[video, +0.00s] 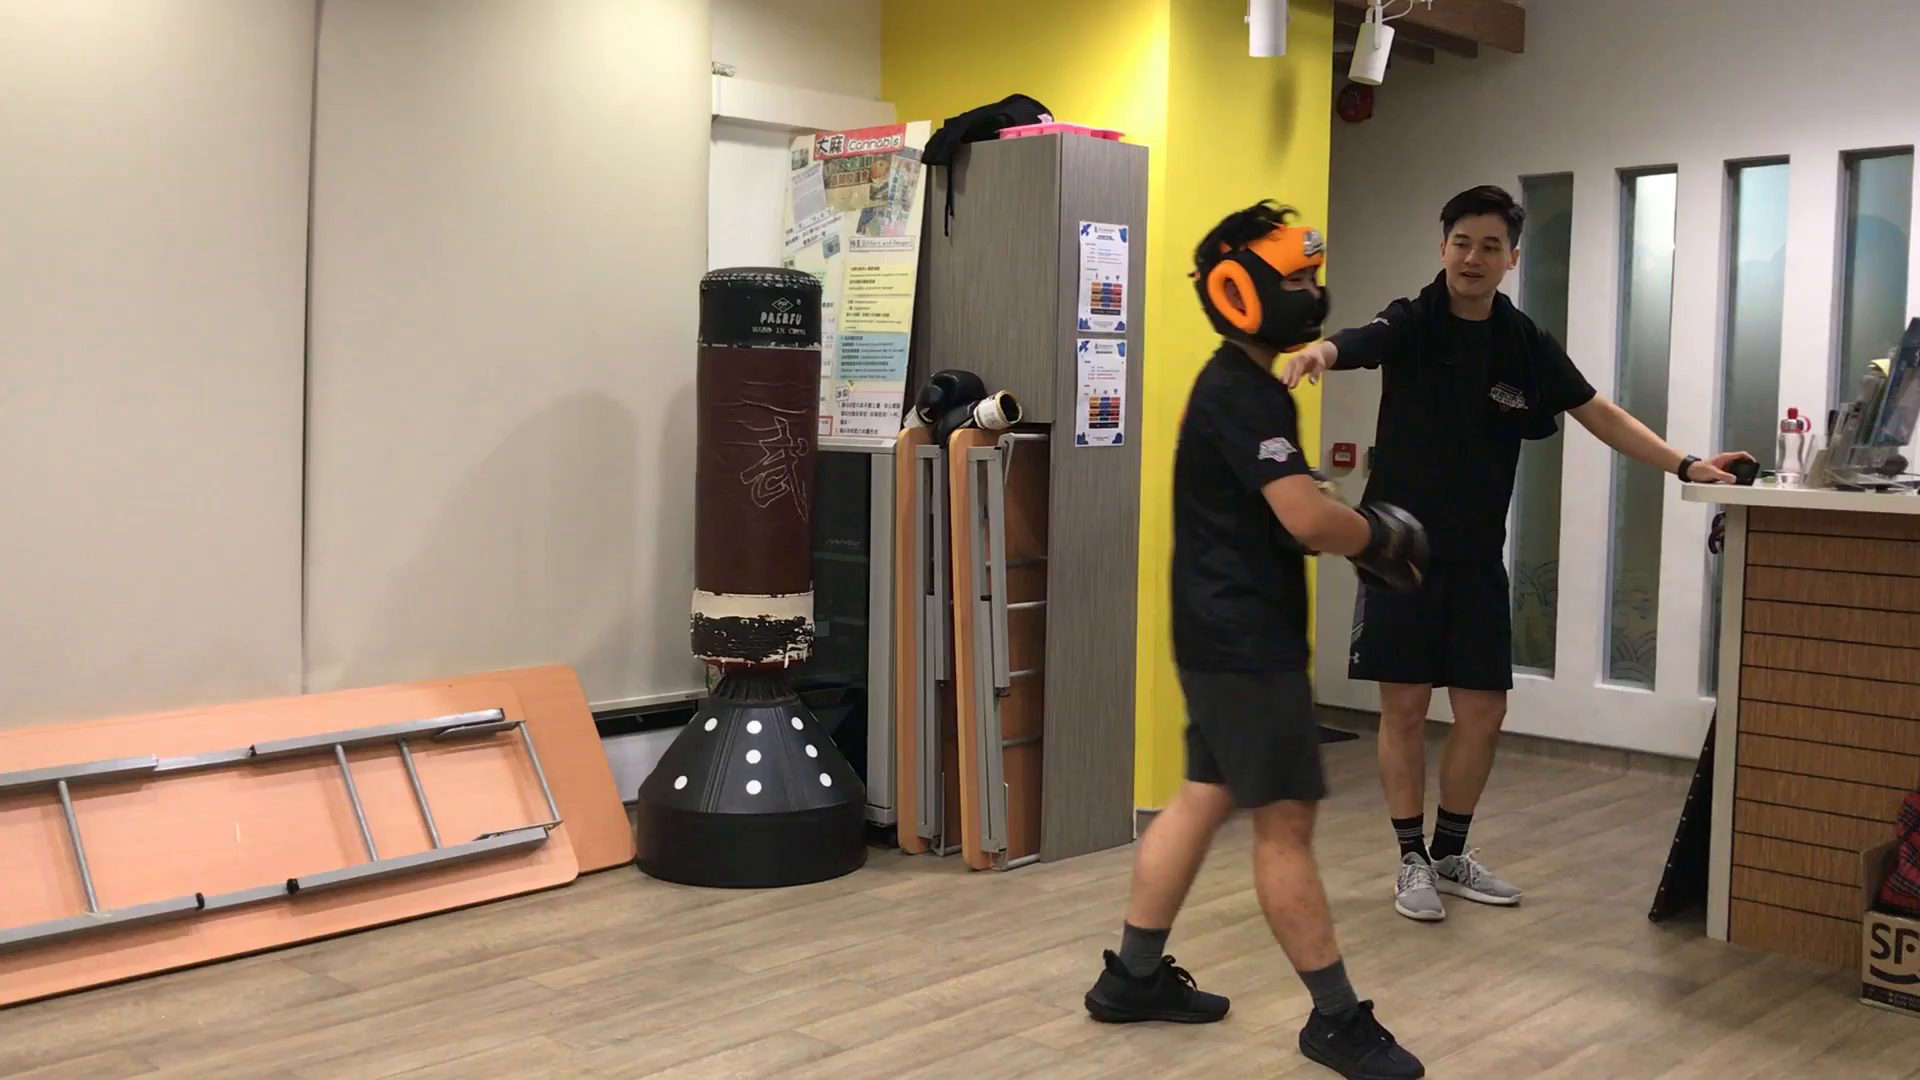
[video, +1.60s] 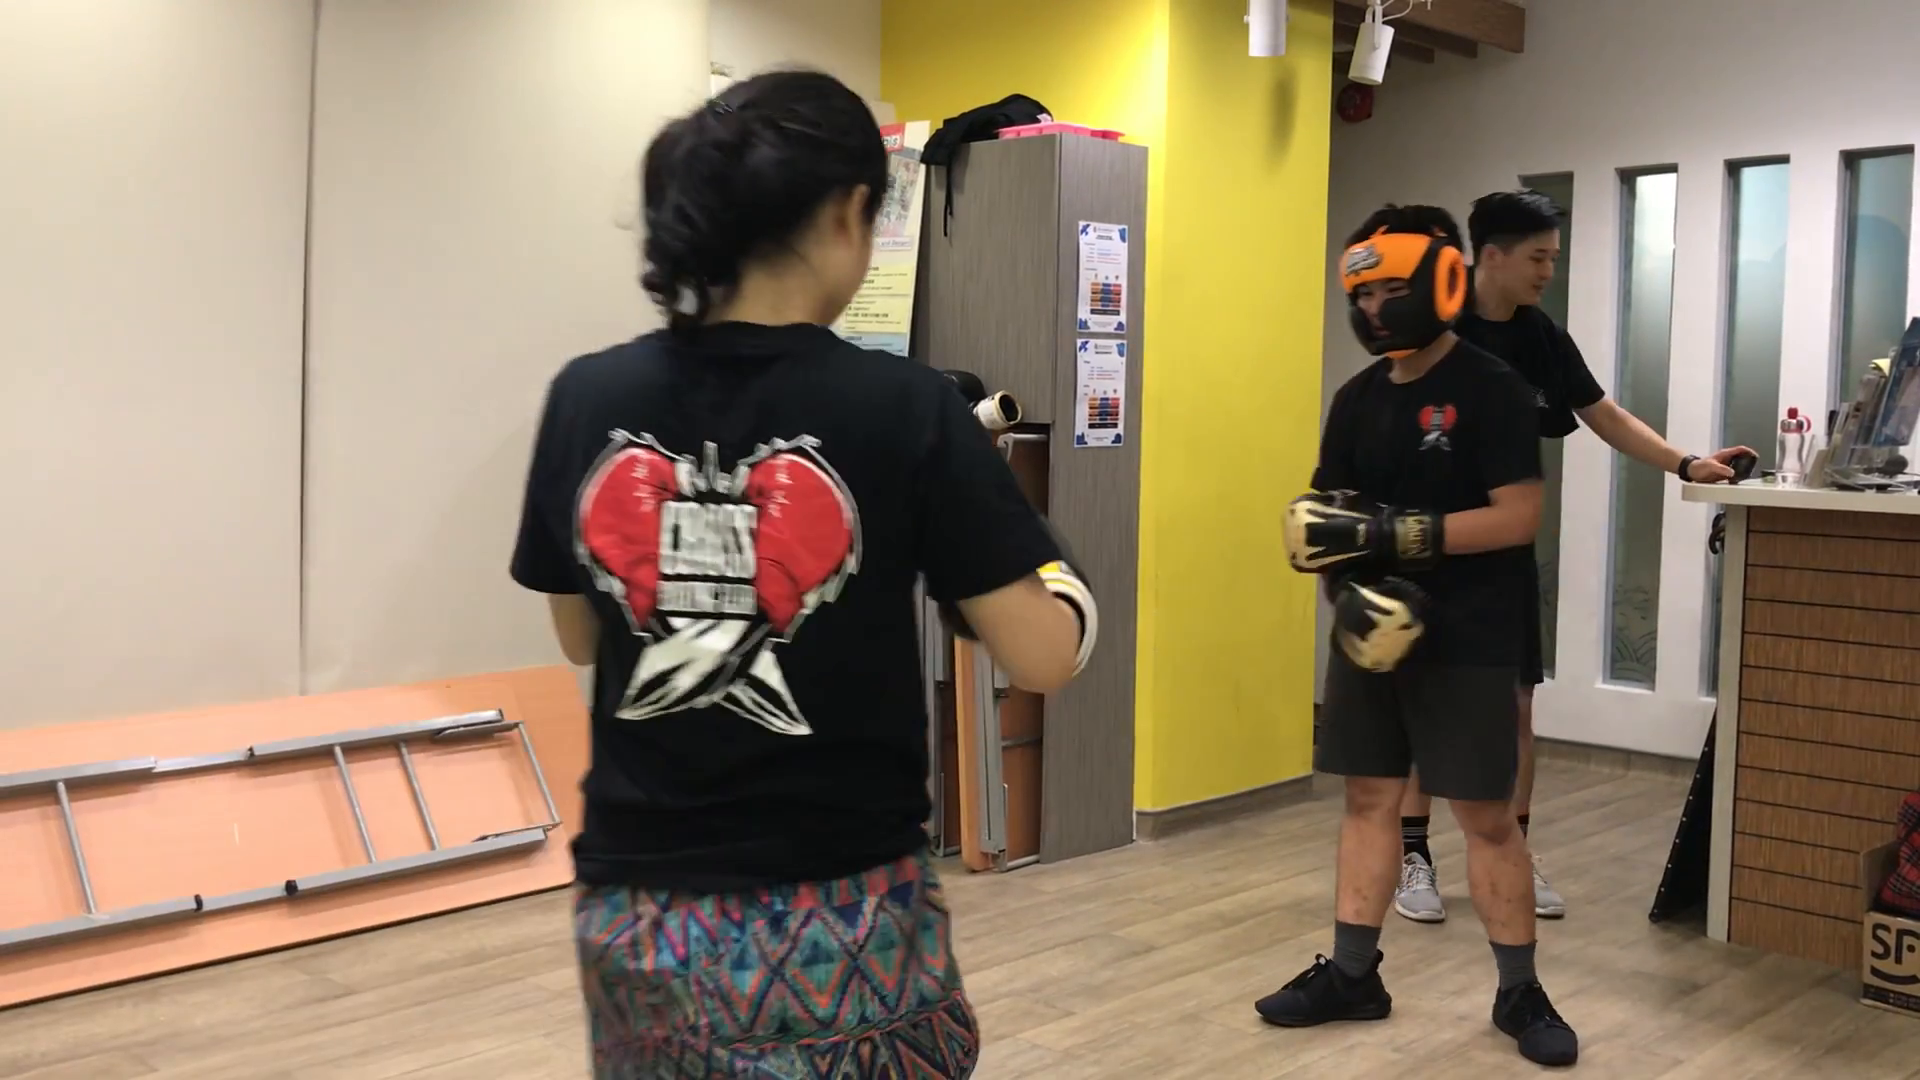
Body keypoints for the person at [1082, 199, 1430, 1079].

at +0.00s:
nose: (1311, 283)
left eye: (1309, 266)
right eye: (1293, 272)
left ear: (1243, 298)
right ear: (1242, 291)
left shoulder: (1241, 380)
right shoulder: (1243, 389)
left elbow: (1283, 506)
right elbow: (1307, 516)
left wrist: (1352, 531)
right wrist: (1374, 536)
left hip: (1221, 639)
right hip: (1250, 646)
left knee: (1206, 793)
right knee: (1284, 818)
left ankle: (1133, 973)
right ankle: (1337, 1015)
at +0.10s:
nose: (1337, 287)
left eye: (1340, 269)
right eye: (1317, 275)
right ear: (1268, 290)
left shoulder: (1296, 379)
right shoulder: (1274, 388)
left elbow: (1307, 498)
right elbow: (1315, 518)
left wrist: (1357, 501)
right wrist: (1401, 560)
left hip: (1277, 637)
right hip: (1280, 644)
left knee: (1269, 796)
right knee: (1309, 814)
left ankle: (1154, 946)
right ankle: (1337, 1014)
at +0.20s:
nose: (1361, 289)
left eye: (1368, 271)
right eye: (1339, 275)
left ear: (1379, 275)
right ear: (1286, 287)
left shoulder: (1349, 378)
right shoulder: (1285, 389)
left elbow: (1354, 485)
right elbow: (1329, 525)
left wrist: (1393, 480)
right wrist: (1414, 568)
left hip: (1348, 630)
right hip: (1298, 642)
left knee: (1360, 797)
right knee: (1318, 813)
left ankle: (1209, 915)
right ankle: (1338, 1014)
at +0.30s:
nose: (1382, 290)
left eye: (1390, 272)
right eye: (1358, 277)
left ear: (1403, 274)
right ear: (1310, 288)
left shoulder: (1393, 376)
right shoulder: (1304, 392)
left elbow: (1441, 491)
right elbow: (1342, 525)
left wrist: (1444, 493)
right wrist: (1431, 574)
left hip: (1388, 628)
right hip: (1319, 640)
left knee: (1424, 790)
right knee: (1333, 821)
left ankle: (1284, 917)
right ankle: (1340, 1017)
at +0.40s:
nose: (1394, 290)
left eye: (1407, 271)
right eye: (1371, 275)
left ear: (1424, 276)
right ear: (1329, 286)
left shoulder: (1442, 382)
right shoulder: (1319, 391)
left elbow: (1495, 506)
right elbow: (1351, 526)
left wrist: (1457, 490)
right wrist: (1442, 555)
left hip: (1424, 629)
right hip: (1337, 639)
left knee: (1463, 791)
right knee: (1343, 818)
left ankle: (1388, 953)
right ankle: (1336, 1014)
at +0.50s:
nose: (1417, 291)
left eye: (1431, 273)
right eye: (1396, 275)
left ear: (1454, 285)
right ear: (1360, 290)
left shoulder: (1484, 386)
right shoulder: (1339, 395)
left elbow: (1535, 505)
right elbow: (1357, 529)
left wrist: (1460, 501)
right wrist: (1466, 553)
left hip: (1456, 635)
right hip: (1357, 642)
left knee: (1481, 811)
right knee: (1354, 820)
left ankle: (1500, 988)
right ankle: (1339, 1011)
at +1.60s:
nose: (1371, 305)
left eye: (1388, 286)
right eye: (1361, 291)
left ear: (1442, 283)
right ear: (1353, 298)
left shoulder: (1494, 390)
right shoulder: (1358, 396)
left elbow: (1521, 517)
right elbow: (1323, 515)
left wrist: (1402, 534)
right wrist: (1340, 577)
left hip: (1472, 638)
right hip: (1371, 630)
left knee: (1489, 817)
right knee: (1369, 797)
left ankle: (1520, 991)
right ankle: (1353, 972)